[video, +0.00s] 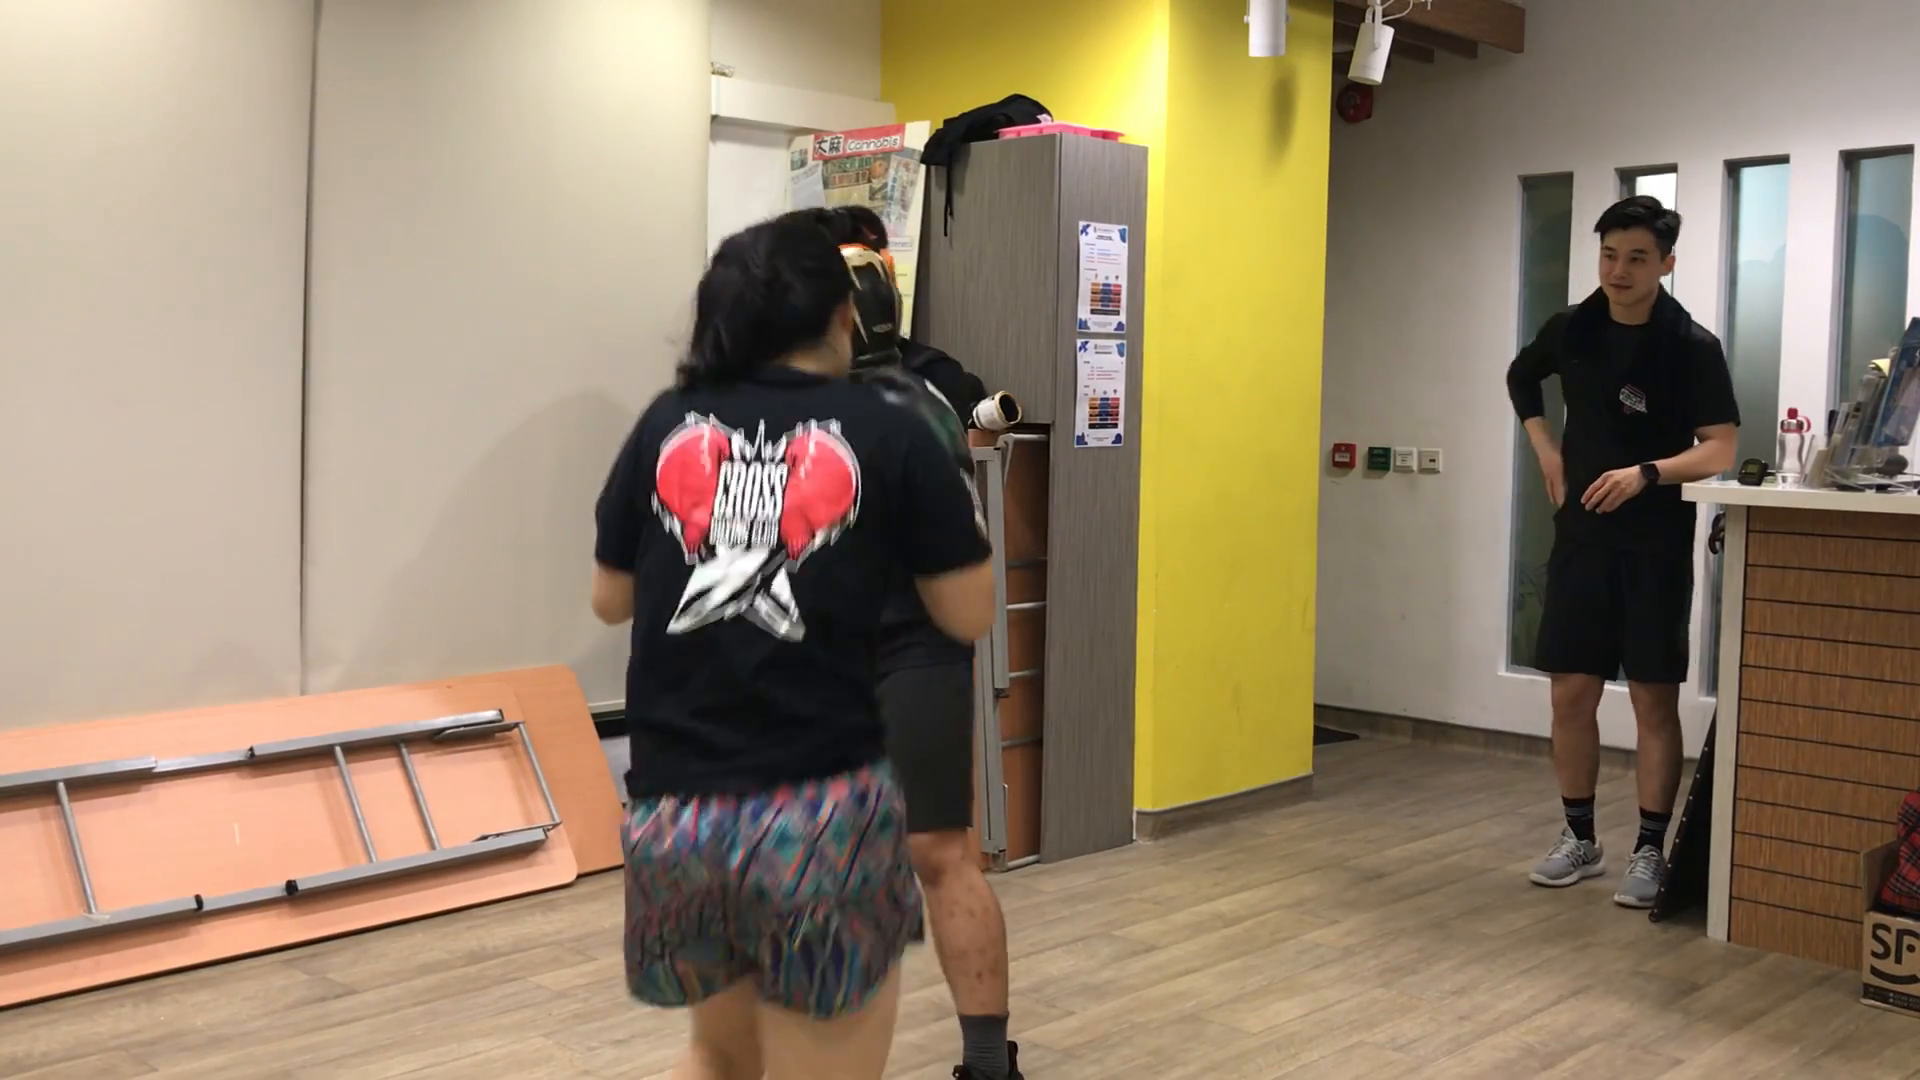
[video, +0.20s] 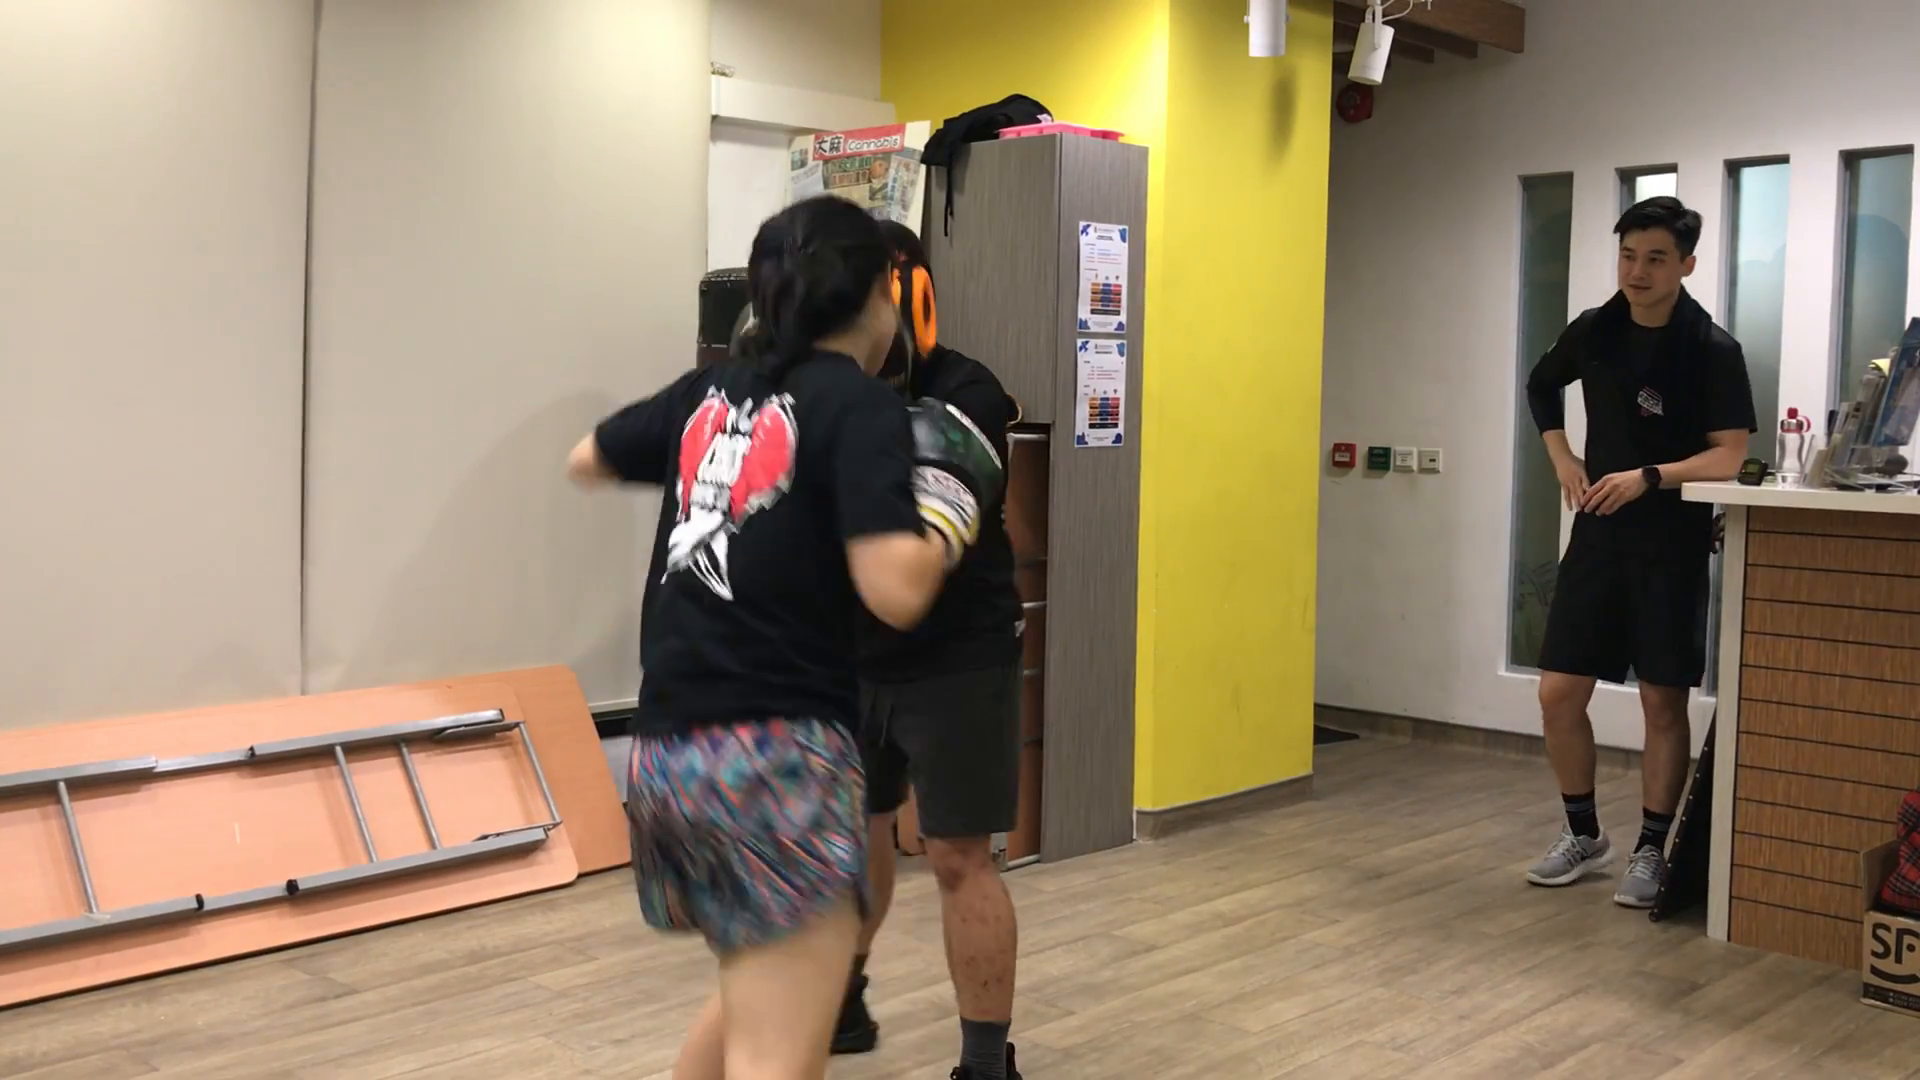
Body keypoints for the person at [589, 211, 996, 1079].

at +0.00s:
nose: (857, 313)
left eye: (853, 299)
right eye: (852, 299)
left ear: (732, 315)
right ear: (842, 313)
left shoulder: (668, 420)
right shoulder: (888, 427)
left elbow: (612, 597)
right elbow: (969, 612)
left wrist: (722, 549)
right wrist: (881, 533)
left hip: (675, 822)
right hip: (826, 821)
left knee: (719, 1052)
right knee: (829, 1065)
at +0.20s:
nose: (896, 303)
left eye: (892, 283)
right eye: (891, 284)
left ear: (777, 293)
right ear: (870, 292)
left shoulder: (713, 388)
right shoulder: (857, 404)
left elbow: (590, 460)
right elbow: (897, 592)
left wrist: (706, 436)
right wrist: (956, 497)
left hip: (668, 749)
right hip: (778, 751)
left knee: (747, 1004)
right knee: (778, 1052)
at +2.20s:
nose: (795, 348)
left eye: (798, 332)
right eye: (795, 328)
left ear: (723, 315)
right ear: (755, 309)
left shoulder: (660, 385)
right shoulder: (729, 378)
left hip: (644, 649)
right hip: (714, 653)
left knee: (715, 875)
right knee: (728, 889)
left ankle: (709, 1051)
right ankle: (601, 1070)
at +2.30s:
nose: (764, 350)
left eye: (765, 338)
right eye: (761, 336)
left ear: (679, 327)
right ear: (722, 322)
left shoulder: (608, 398)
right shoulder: (744, 388)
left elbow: (586, 522)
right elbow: (861, 374)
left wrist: (669, 474)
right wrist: (935, 353)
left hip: (611, 663)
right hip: (697, 667)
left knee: (686, 879)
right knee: (692, 895)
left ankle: (708, 1049)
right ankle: (519, 1064)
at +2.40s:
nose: (740, 363)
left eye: (741, 353)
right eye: (738, 351)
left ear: (650, 338)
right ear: (702, 330)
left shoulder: (572, 404)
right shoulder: (711, 384)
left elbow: (550, 543)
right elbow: (861, 379)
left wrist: (625, 479)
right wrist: (812, 378)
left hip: (591, 667)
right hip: (671, 674)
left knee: (689, 872)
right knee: (653, 896)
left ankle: (707, 1047)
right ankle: (470, 1053)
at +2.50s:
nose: (712, 367)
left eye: (716, 357)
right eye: (711, 353)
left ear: (622, 338)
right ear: (675, 333)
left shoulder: (547, 402)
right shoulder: (685, 392)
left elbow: (512, 537)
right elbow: (801, 428)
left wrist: (603, 489)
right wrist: (741, 471)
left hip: (568, 670)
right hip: (623, 681)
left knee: (684, 853)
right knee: (612, 904)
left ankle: (702, 1046)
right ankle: (448, 1062)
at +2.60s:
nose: (688, 392)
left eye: (690, 377)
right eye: (688, 373)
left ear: (611, 355)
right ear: (651, 355)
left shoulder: (520, 423)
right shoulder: (657, 427)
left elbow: (461, 542)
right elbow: (754, 523)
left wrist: (558, 512)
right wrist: (680, 507)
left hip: (527, 700)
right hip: (585, 715)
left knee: (690, 840)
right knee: (555, 929)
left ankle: (701, 1044)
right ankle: (413, 1073)